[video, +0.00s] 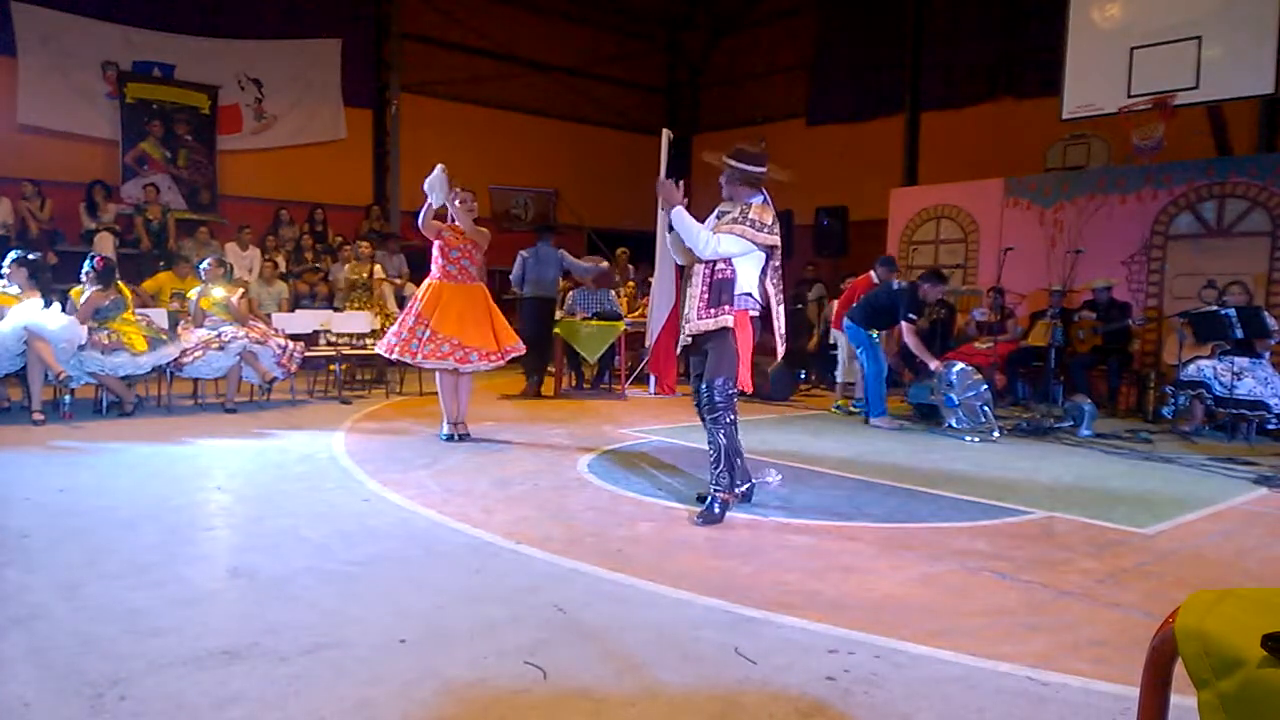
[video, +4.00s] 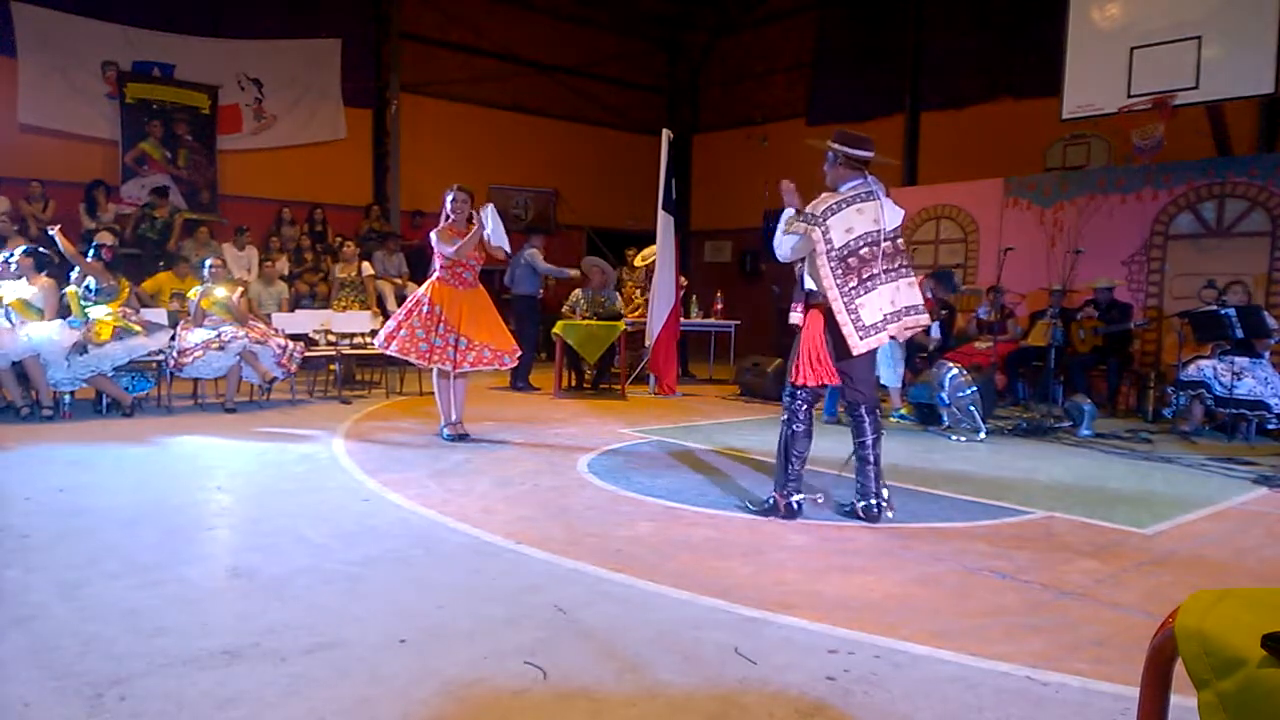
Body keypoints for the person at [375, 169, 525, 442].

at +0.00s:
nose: (470, 205)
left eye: (473, 201)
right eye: (464, 202)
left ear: (478, 207)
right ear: (453, 207)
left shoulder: (482, 235)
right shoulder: (441, 230)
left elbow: (470, 231)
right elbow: (424, 224)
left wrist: (454, 207)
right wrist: (431, 201)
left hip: (470, 298)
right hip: (442, 296)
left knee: (465, 365)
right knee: (445, 364)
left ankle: (461, 420)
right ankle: (448, 420)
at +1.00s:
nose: (464, 205)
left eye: (469, 200)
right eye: (459, 202)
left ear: (480, 208)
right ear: (453, 209)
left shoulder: (485, 238)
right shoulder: (443, 231)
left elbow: (471, 229)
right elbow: (425, 222)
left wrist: (455, 204)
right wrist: (431, 197)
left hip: (470, 297)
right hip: (441, 295)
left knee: (465, 364)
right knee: (444, 363)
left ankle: (461, 421)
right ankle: (447, 420)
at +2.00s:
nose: (457, 207)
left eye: (460, 204)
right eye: (452, 202)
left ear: (466, 207)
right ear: (445, 205)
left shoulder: (475, 232)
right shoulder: (436, 232)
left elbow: (489, 234)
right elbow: (436, 234)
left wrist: (469, 210)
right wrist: (450, 205)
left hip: (473, 297)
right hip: (446, 296)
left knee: (468, 363)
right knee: (447, 363)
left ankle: (461, 420)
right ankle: (447, 420)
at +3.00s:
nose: (452, 207)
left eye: (457, 203)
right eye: (447, 203)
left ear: (465, 207)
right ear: (441, 208)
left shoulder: (477, 231)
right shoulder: (438, 236)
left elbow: (505, 255)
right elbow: (457, 254)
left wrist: (498, 230)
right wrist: (486, 234)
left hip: (472, 301)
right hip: (445, 301)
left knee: (467, 365)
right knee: (446, 365)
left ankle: (460, 421)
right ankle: (446, 422)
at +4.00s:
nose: (458, 206)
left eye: (463, 202)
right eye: (454, 201)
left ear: (471, 207)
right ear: (446, 205)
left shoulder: (477, 235)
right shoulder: (439, 233)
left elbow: (501, 256)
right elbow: (459, 253)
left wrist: (490, 223)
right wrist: (479, 227)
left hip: (468, 302)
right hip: (443, 301)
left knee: (462, 364)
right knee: (443, 365)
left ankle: (458, 421)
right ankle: (446, 421)